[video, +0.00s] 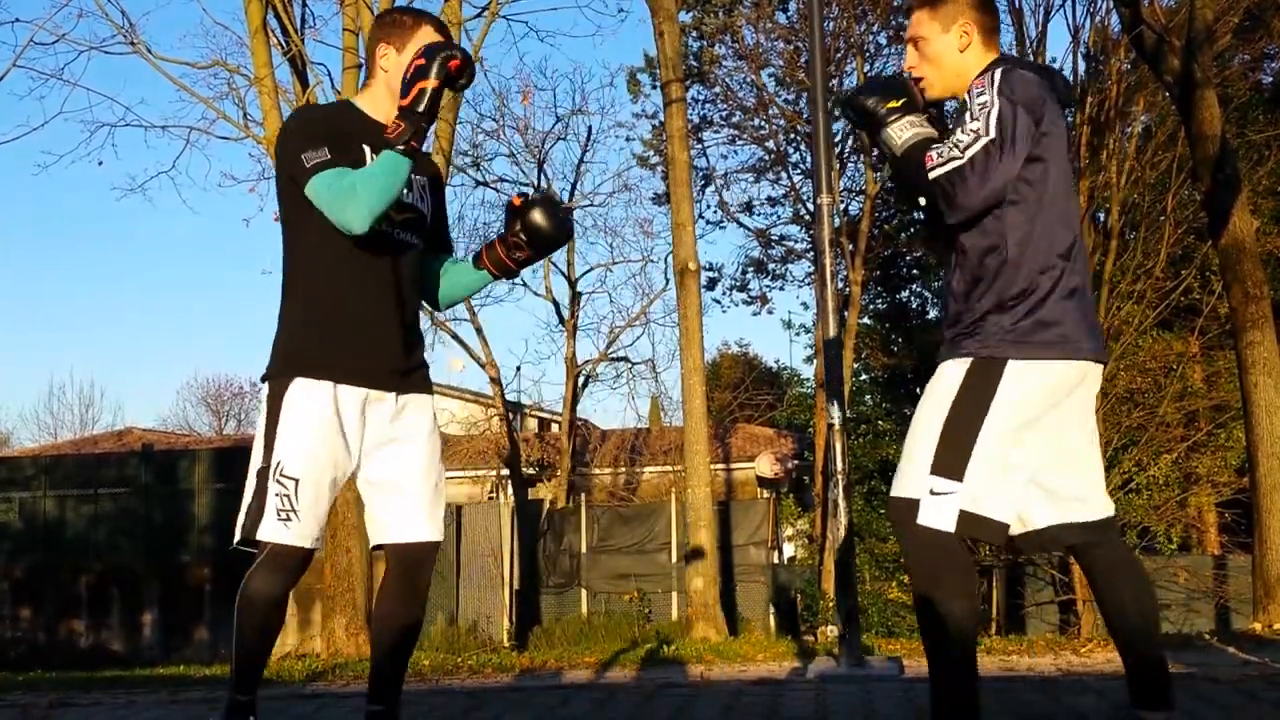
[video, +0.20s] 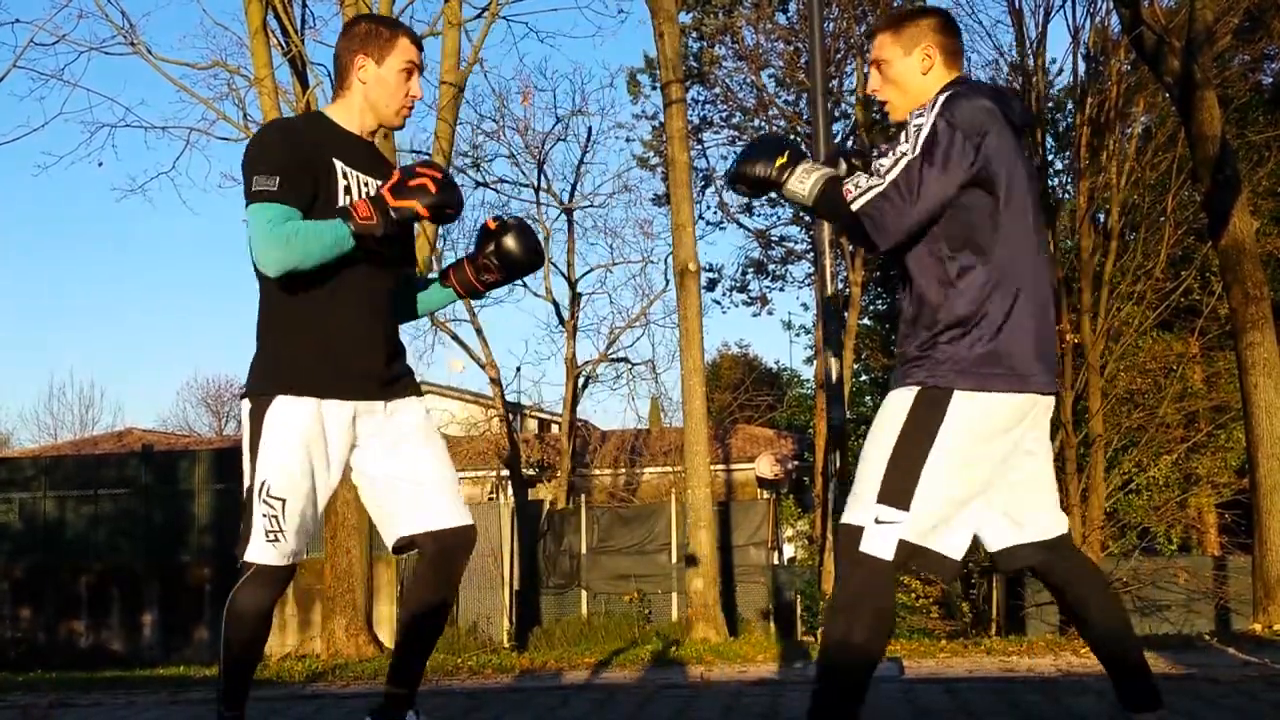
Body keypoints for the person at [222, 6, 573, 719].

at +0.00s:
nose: (438, 75)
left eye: (444, 65)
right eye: (427, 59)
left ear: (445, 75)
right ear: (384, 56)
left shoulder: (426, 175)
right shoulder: (312, 125)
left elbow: (431, 285)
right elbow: (352, 212)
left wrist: (498, 259)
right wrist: (411, 134)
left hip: (403, 383)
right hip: (316, 375)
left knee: (413, 546)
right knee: (287, 546)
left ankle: (383, 710)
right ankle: (240, 706)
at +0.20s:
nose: (418, 92)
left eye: (419, 77)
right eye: (408, 73)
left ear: (374, 71)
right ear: (363, 65)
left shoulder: (394, 176)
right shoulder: (283, 141)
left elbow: (390, 305)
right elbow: (274, 251)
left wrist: (462, 278)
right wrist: (372, 218)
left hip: (385, 388)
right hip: (298, 387)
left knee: (447, 536)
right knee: (271, 560)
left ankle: (396, 708)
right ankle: (229, 715)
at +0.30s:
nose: (418, 91)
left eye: (420, 76)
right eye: (409, 72)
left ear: (373, 71)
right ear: (362, 66)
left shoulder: (392, 175)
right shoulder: (282, 140)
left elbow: (385, 301)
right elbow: (237, 252)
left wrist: (456, 283)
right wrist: (351, 257)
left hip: (390, 385)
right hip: (304, 387)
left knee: (467, 520)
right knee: (273, 557)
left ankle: (435, 704)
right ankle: (230, 714)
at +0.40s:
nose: (432, 79)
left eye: (434, 66)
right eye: (422, 61)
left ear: (388, 64)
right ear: (373, 58)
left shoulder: (408, 166)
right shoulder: (292, 130)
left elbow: (400, 285)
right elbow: (233, 241)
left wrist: (464, 283)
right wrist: (345, 258)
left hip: (404, 374)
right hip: (315, 374)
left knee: (475, 517)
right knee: (281, 548)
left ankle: (495, 704)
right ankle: (230, 711)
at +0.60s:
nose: (490, 87)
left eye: (491, 73)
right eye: (480, 70)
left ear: (447, 74)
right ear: (433, 66)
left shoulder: (468, 177)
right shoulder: (349, 139)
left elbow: (503, 292)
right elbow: (291, 251)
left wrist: (571, 272)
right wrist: (392, 247)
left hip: (455, 386)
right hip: (362, 386)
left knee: (525, 535)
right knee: (308, 555)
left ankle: (533, 710)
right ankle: (238, 705)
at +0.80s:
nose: (567, 75)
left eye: (568, 62)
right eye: (558, 59)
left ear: (518, 59)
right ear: (510, 55)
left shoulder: (542, 164)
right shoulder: (419, 123)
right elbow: (347, 227)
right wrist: (434, 236)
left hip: (512, 376)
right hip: (423, 370)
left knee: (551, 533)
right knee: (393, 538)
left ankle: (537, 711)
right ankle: (303, 687)